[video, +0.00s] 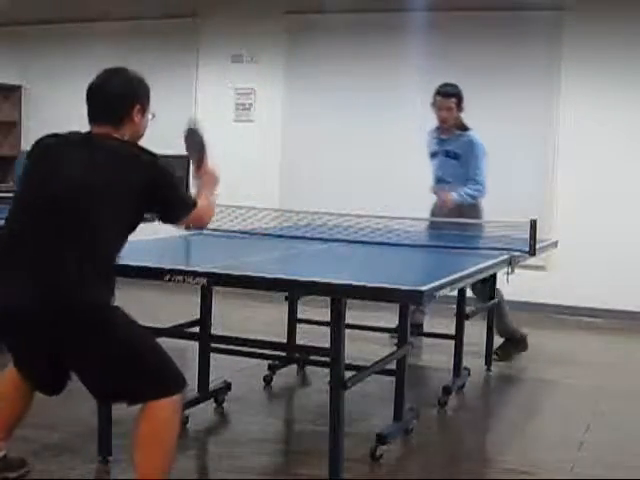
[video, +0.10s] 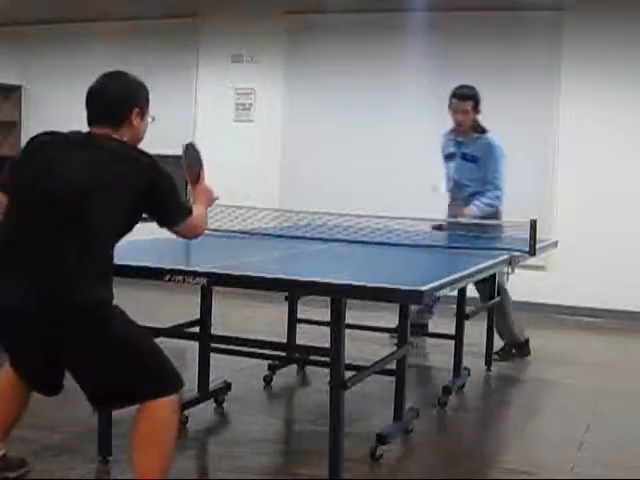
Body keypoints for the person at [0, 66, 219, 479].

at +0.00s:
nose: (147, 123)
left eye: (147, 114)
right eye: (147, 114)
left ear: (92, 111)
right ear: (135, 114)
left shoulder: (46, 147)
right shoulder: (142, 167)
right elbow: (199, 218)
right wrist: (207, 185)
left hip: (12, 296)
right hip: (77, 305)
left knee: (26, 366)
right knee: (165, 392)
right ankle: (148, 474)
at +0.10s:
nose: (147, 126)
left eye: (147, 117)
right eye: (146, 117)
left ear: (91, 114)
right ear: (133, 117)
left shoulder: (42, 145)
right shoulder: (140, 168)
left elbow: (5, 201)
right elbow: (191, 227)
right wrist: (201, 196)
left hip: (15, 298)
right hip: (82, 307)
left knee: (21, 368)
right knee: (163, 392)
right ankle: (146, 473)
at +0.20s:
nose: (146, 120)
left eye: (147, 111)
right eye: (146, 111)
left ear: (90, 107)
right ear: (132, 112)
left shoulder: (40, 140)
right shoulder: (139, 163)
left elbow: (2, 192)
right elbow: (192, 225)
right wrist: (201, 195)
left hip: (15, 294)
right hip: (81, 302)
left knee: (19, 366)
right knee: (161, 390)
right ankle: (146, 473)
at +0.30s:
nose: (147, 113)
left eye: (148, 104)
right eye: (146, 104)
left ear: (90, 101)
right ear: (133, 105)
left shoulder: (41, 134)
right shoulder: (142, 157)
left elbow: (2, 187)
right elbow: (194, 218)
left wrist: (17, 222)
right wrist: (204, 189)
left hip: (15, 291)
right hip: (83, 298)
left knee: (18, 365)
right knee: (160, 389)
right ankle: (147, 473)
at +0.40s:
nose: (148, 109)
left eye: (149, 101)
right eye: (148, 100)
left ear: (91, 98)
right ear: (134, 102)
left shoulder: (42, 133)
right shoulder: (143, 154)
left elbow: (1, 184)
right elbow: (195, 215)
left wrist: (18, 215)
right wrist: (207, 186)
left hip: (15, 288)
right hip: (83, 295)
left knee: (19, 364)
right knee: (160, 389)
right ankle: (148, 474)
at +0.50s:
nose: (148, 110)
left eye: (150, 101)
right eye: (148, 100)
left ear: (92, 98)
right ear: (134, 102)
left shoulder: (43, 133)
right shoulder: (145, 155)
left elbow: (1, 184)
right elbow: (196, 215)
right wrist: (209, 186)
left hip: (15, 288)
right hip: (83, 295)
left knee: (20, 365)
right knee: (161, 389)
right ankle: (148, 473)